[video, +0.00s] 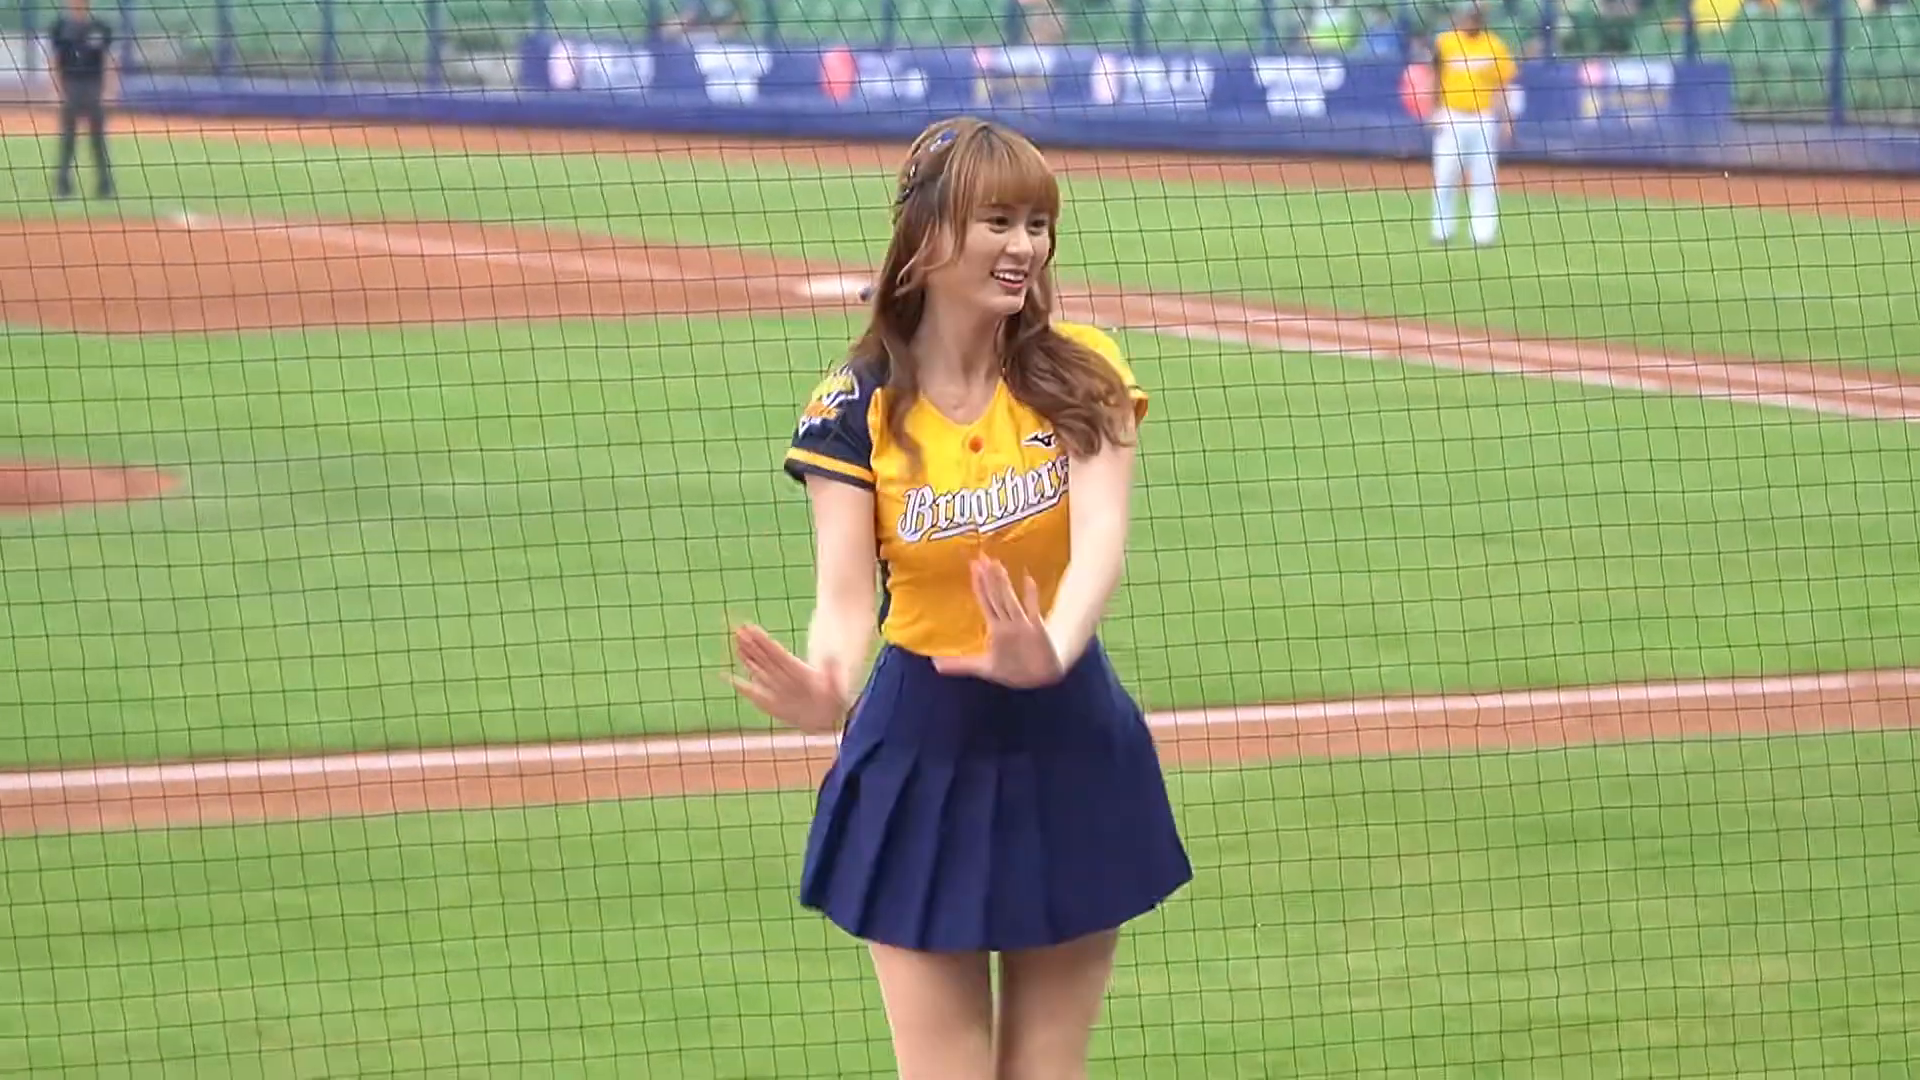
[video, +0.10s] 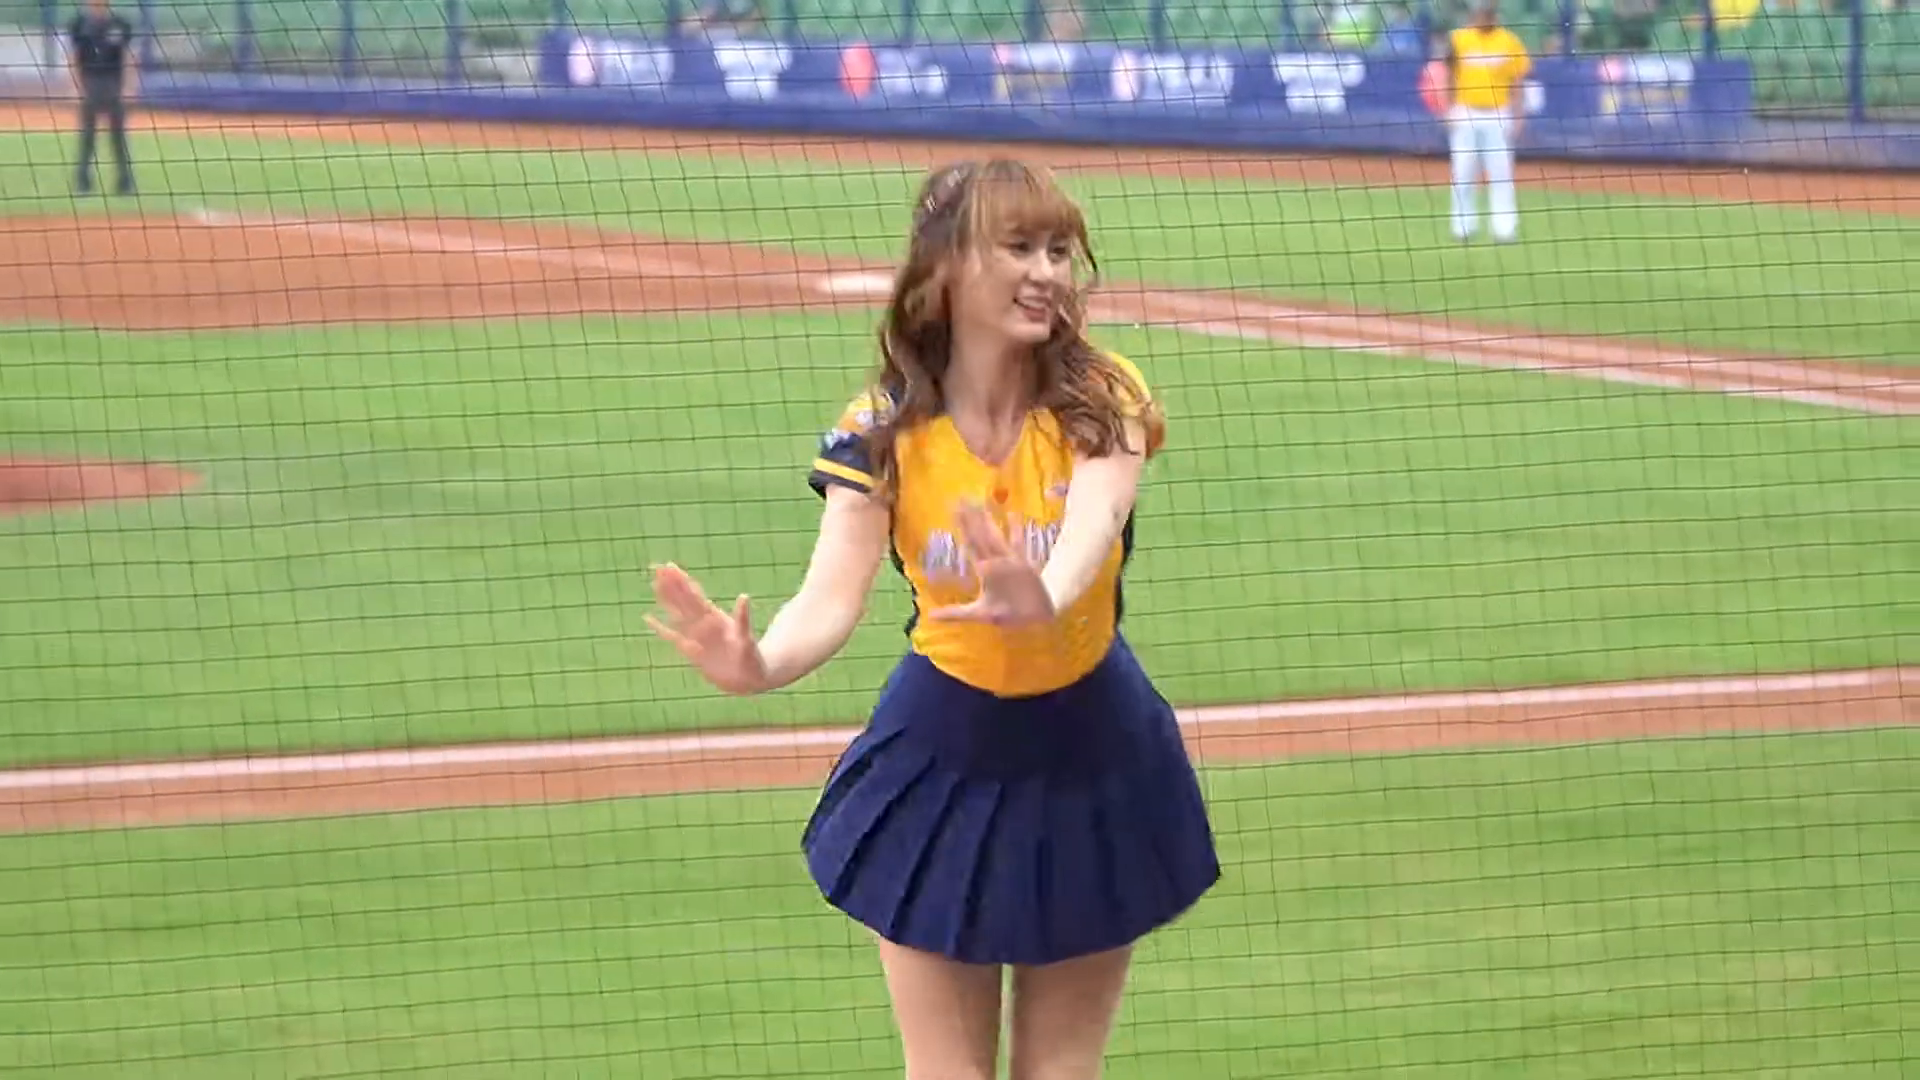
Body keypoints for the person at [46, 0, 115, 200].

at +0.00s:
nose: (79, 12)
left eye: (82, 7)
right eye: (75, 7)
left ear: (88, 7)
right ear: (69, 7)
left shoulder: (100, 29)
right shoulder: (61, 29)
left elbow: (109, 63)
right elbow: (55, 64)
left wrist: (108, 91)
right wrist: (61, 91)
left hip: (94, 91)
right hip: (71, 91)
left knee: (98, 139)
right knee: (68, 139)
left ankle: (104, 182)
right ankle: (63, 181)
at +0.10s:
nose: (98, 10)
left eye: (101, 6)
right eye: (94, 6)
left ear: (108, 6)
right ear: (87, 6)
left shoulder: (119, 26)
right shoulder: (80, 26)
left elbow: (128, 60)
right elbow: (75, 61)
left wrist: (128, 88)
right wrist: (80, 89)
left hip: (113, 87)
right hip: (90, 88)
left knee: (118, 135)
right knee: (87, 135)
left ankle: (125, 177)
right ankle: (83, 177)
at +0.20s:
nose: (120, 6)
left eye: (123, 3)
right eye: (116, 3)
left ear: (129, 3)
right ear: (110, 3)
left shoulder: (140, 21)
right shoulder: (102, 21)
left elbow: (150, 55)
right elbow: (97, 57)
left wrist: (149, 85)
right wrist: (102, 84)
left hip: (136, 85)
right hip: (112, 85)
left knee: (139, 131)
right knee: (109, 131)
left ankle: (146, 173)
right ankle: (104, 173)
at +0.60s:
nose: (147, 1)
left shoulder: (168, 11)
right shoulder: (128, 10)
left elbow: (175, 44)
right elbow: (122, 46)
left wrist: (175, 72)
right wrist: (127, 73)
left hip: (161, 72)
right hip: (137, 72)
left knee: (165, 121)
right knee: (134, 121)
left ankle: (172, 162)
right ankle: (130, 162)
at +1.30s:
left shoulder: (159, 7)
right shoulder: (121, 5)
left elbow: (169, 25)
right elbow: (114, 28)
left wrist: (169, 54)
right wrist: (120, 55)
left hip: (153, 51)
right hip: (130, 51)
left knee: (157, 99)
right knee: (127, 99)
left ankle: (164, 143)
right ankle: (122, 141)